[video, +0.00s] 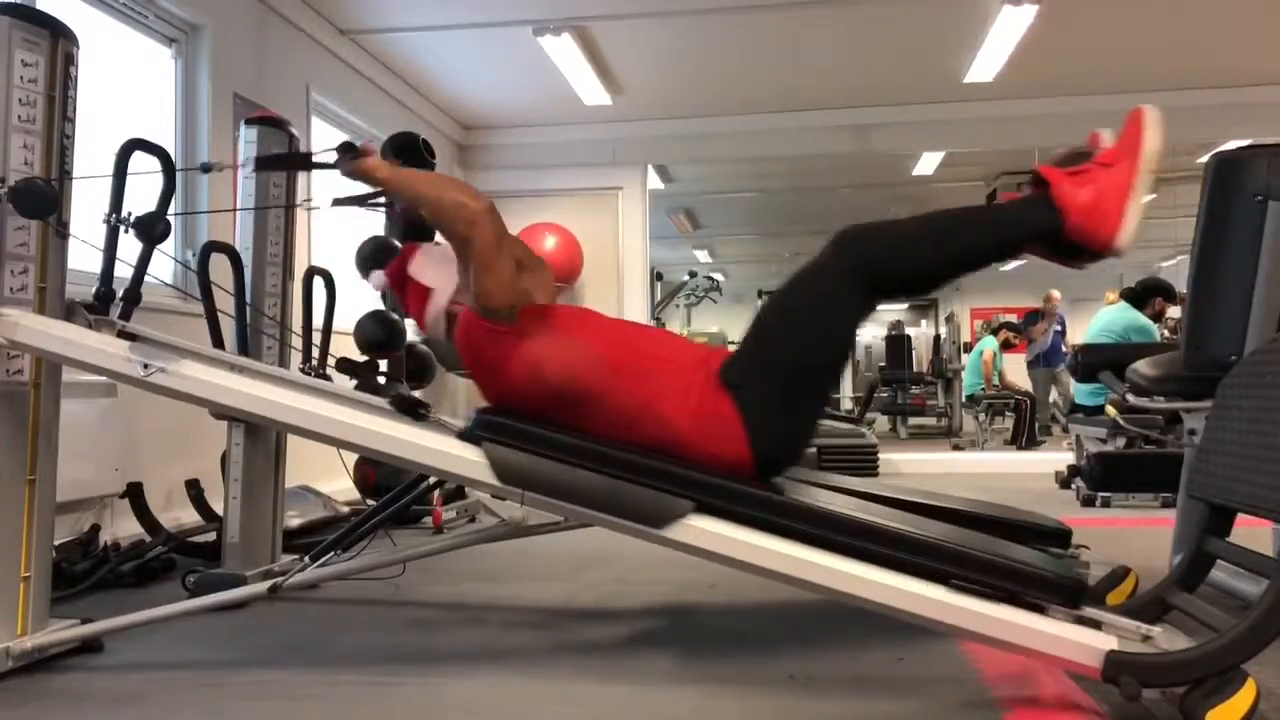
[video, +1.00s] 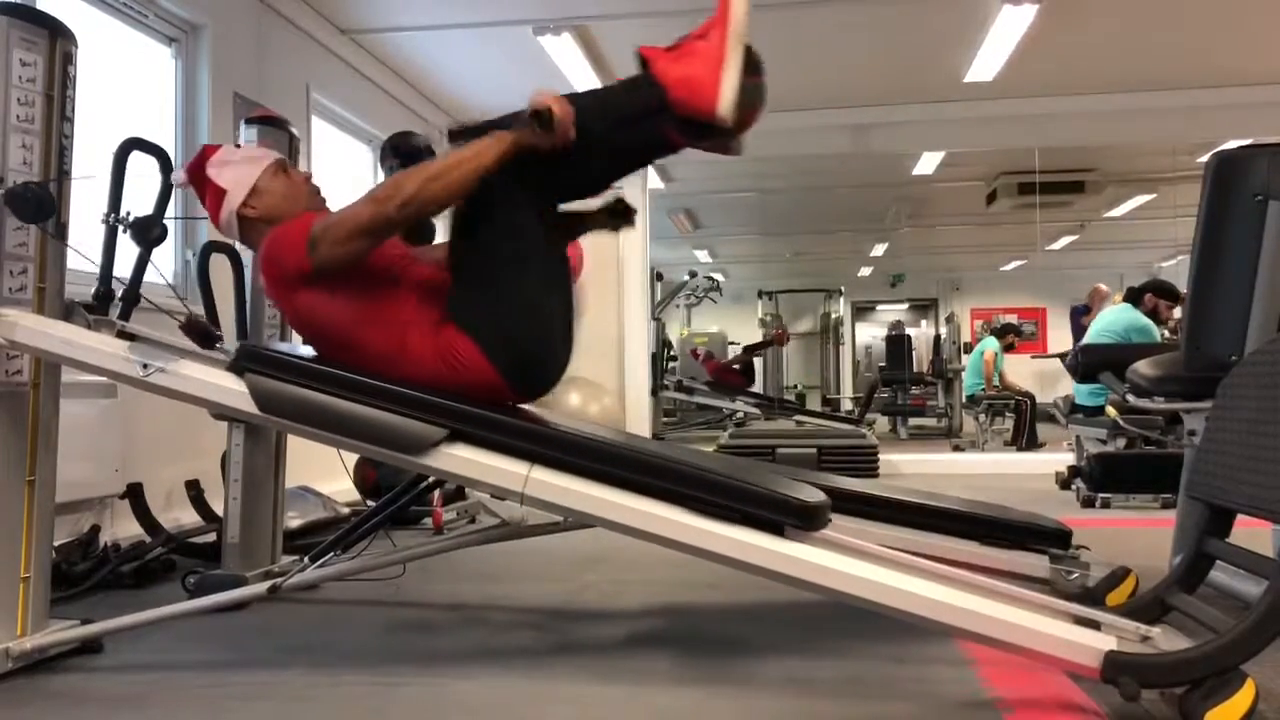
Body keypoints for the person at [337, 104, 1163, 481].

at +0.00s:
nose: (479, 252)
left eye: (441, 248)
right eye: (452, 249)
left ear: (424, 293)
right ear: (440, 274)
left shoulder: (500, 326)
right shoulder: (491, 324)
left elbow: (559, 248)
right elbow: (470, 214)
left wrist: (452, 240)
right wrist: (395, 176)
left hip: (731, 411)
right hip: (739, 428)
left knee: (851, 255)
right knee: (850, 258)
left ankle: (1055, 207)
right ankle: (1064, 211)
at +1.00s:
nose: (305, 176)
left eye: (292, 166)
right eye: (284, 170)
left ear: (257, 204)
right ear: (250, 205)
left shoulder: (314, 262)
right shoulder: (285, 252)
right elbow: (395, 205)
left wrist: (585, 223)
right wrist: (514, 135)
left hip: (510, 346)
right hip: (501, 346)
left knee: (498, 163)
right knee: (501, 162)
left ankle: (684, 118)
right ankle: (673, 88)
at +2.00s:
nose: (526, 258)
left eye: (516, 252)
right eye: (507, 255)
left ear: (485, 305)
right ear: (484, 297)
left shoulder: (545, 340)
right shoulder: (523, 347)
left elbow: (568, 257)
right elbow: (444, 233)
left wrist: (474, 267)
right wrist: (353, 216)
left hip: (770, 407)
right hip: (780, 431)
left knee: (909, 275)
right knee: (913, 282)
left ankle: (1114, 224)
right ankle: (1125, 233)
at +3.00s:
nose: (294, 163)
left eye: (283, 154)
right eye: (273, 158)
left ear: (241, 193)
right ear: (237, 190)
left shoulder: (285, 247)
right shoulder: (273, 240)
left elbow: (422, 245)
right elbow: (401, 230)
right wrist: (537, 208)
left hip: (483, 341)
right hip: (479, 344)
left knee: (450, 160)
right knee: (445, 149)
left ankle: (652, 116)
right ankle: (628, 78)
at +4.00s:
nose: (518, 248)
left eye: (500, 240)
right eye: (496, 249)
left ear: (460, 301)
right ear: (470, 283)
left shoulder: (518, 334)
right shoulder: (506, 334)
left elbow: (544, 254)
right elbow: (463, 224)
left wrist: (433, 218)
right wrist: (390, 179)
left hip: (752, 405)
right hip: (756, 428)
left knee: (896, 284)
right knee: (899, 291)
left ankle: (1100, 224)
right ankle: (1112, 235)